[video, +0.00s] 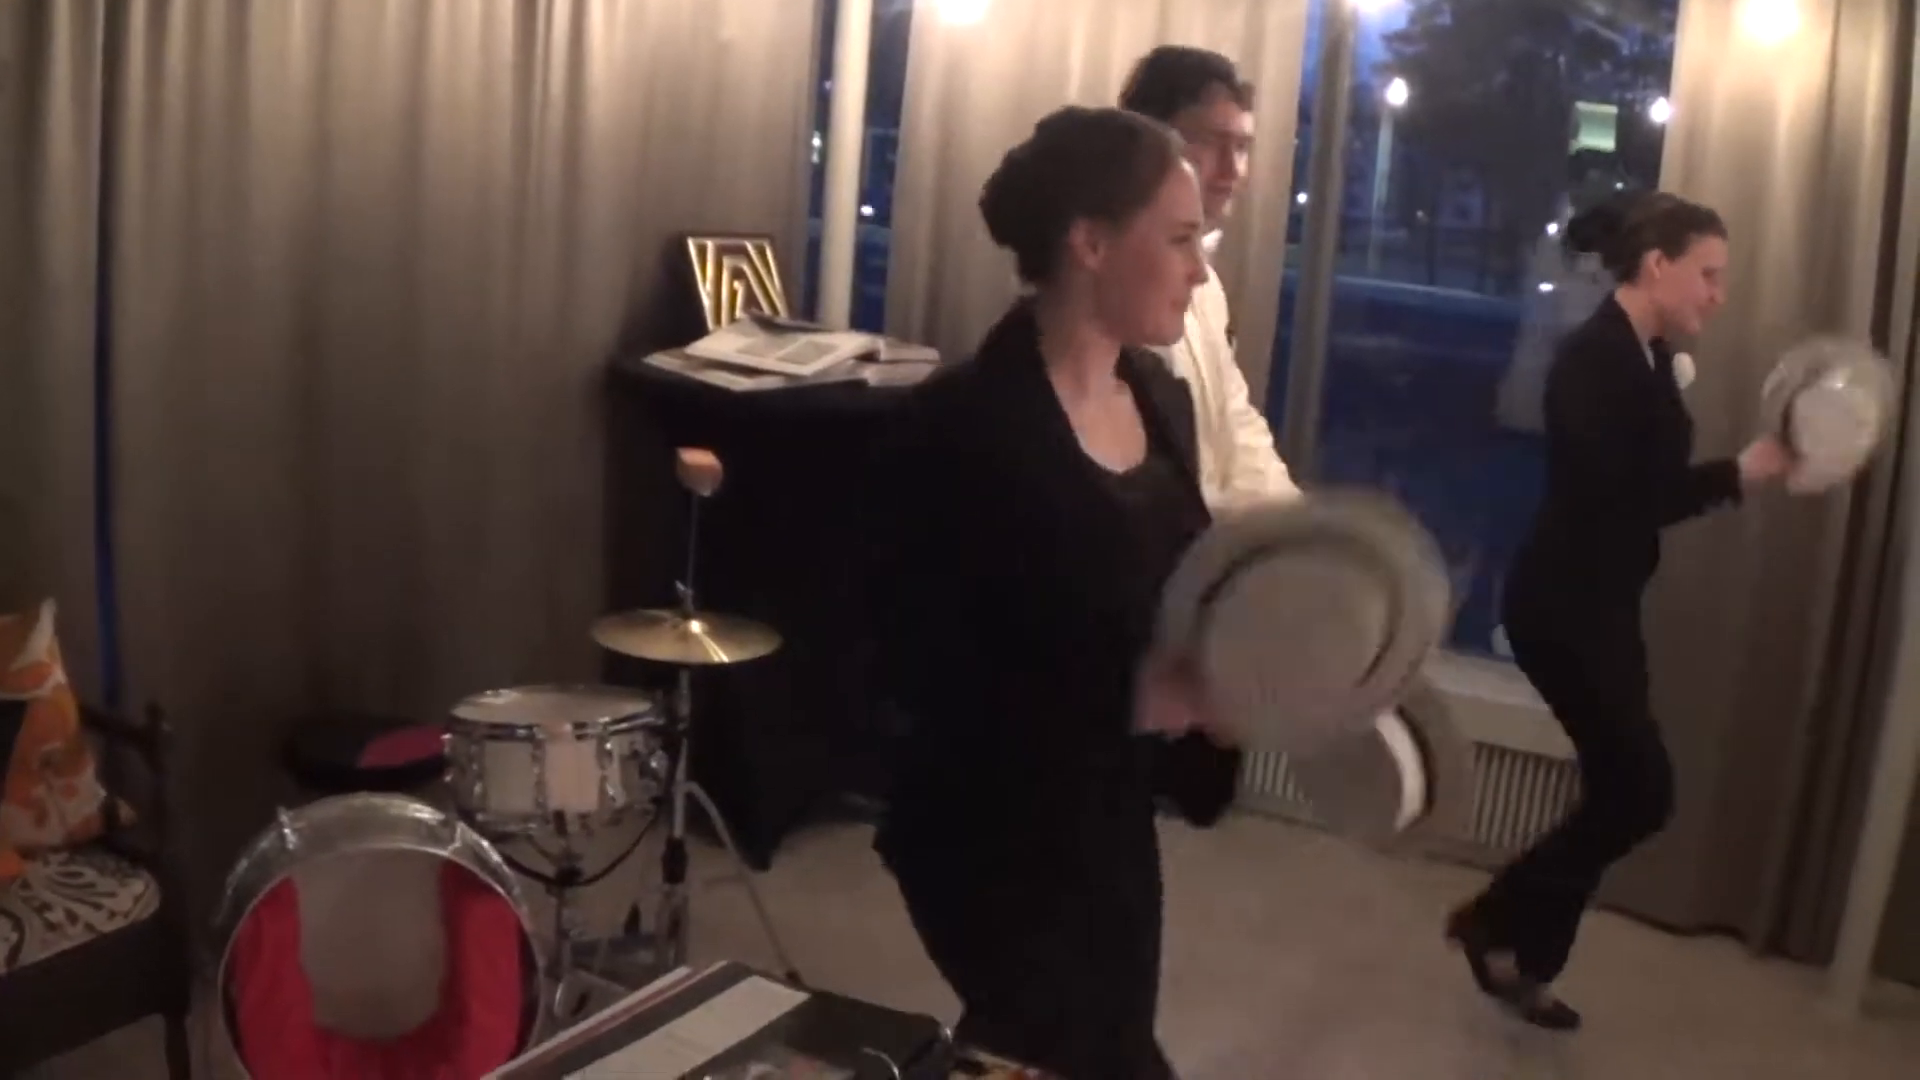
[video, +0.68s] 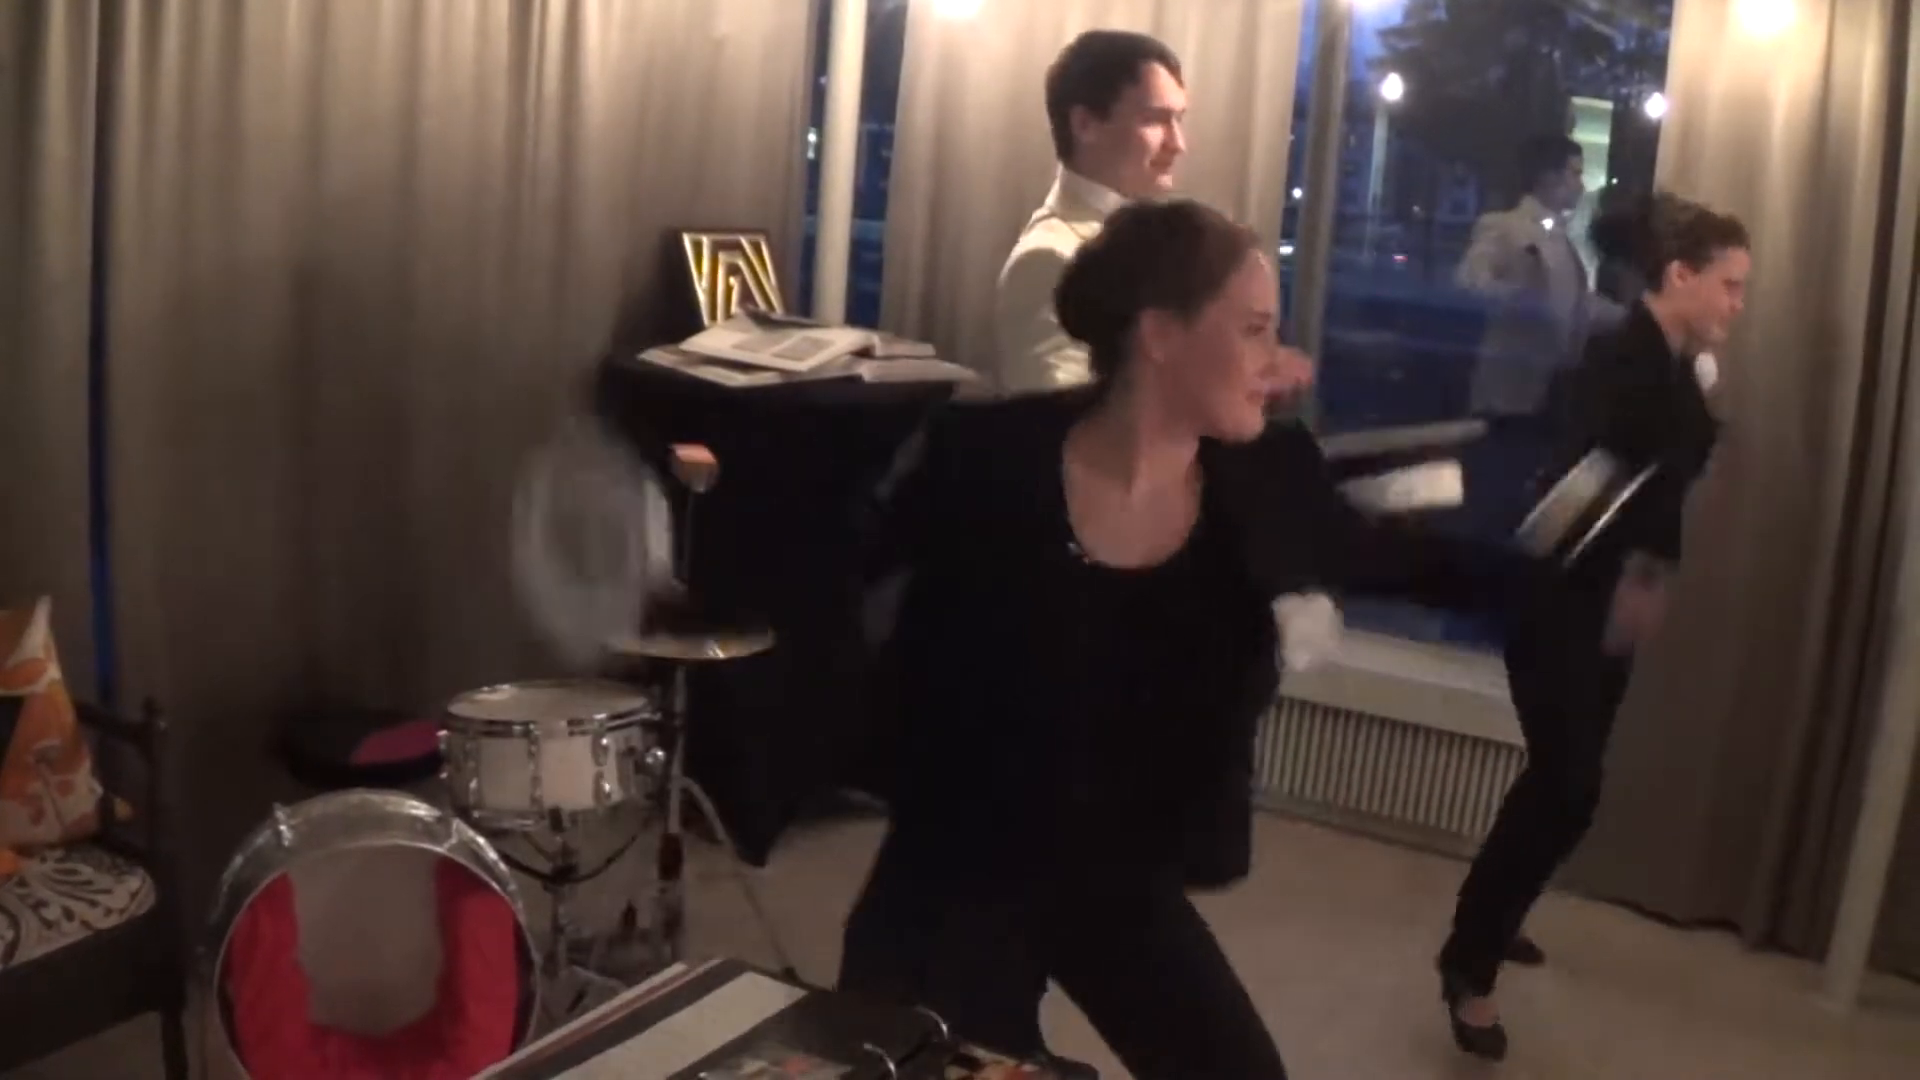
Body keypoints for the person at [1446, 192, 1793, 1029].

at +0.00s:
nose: (1717, 296)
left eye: (1721, 279)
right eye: (1707, 275)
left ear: (1658, 272)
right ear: (1654, 267)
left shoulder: (1649, 360)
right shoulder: (1597, 358)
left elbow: (1644, 495)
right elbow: (1624, 501)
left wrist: (1743, 479)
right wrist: (1737, 472)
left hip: (1601, 603)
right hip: (1562, 603)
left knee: (1618, 786)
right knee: (1639, 790)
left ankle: (1526, 963)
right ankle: (1491, 921)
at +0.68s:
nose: (1738, 306)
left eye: (1741, 289)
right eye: (1731, 286)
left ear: (1690, 280)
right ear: (1677, 276)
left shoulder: (1667, 365)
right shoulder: (1620, 357)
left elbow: (1662, 486)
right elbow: (1643, 470)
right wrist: (1704, 400)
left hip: (1600, 606)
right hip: (1556, 601)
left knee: (1566, 780)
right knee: (1565, 786)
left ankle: (1494, 916)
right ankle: (1468, 964)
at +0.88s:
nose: (1719, 319)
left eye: (1723, 303)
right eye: (1703, 300)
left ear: (1713, 316)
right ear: (1647, 305)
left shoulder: (1707, 422)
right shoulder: (1575, 393)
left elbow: (1698, 555)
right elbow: (1506, 503)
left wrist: (1771, 630)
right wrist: (1479, 597)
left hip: (1635, 649)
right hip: (1548, 635)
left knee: (1580, 816)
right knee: (1576, 819)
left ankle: (1498, 881)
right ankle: (1550, 1046)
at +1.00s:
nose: (1609, 297)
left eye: (1630, 281)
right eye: (1614, 279)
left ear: (1680, 302)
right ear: (1621, 297)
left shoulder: (1708, 417)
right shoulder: (1578, 395)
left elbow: (1673, 559)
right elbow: (1537, 504)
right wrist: (1506, 497)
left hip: (1633, 660)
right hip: (1543, 645)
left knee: (1601, 854)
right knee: (1534, 847)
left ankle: (1543, 925)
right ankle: (1533, 1035)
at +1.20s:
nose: (1634, 294)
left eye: (1637, 281)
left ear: (1642, 287)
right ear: (1722, 306)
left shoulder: (1598, 387)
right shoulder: (1718, 408)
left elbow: (1521, 522)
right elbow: (1664, 506)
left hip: (1594, 642)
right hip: (1654, 642)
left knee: (1497, 845)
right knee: (1536, 841)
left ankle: (1588, 1046)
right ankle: (1589, 1044)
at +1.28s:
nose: (1736, 333)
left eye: (1738, 317)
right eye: (1735, 317)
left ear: (1636, 303)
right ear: (1713, 320)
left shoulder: (1578, 397)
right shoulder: (1722, 418)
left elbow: (1509, 524)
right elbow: (1721, 514)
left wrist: (1588, 498)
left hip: (1568, 669)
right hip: (1666, 682)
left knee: (1499, 860)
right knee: (1565, 850)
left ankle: (1488, 1055)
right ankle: (1574, 1054)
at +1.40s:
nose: (1746, 349)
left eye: (1749, 330)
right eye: (1741, 329)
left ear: (1658, 315)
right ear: (1695, 321)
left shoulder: (1569, 394)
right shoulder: (1707, 418)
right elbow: (1810, 477)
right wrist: (1743, 413)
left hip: (1552, 673)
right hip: (1656, 683)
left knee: (1518, 864)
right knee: (1611, 853)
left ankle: (1461, 1055)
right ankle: (1579, 1054)